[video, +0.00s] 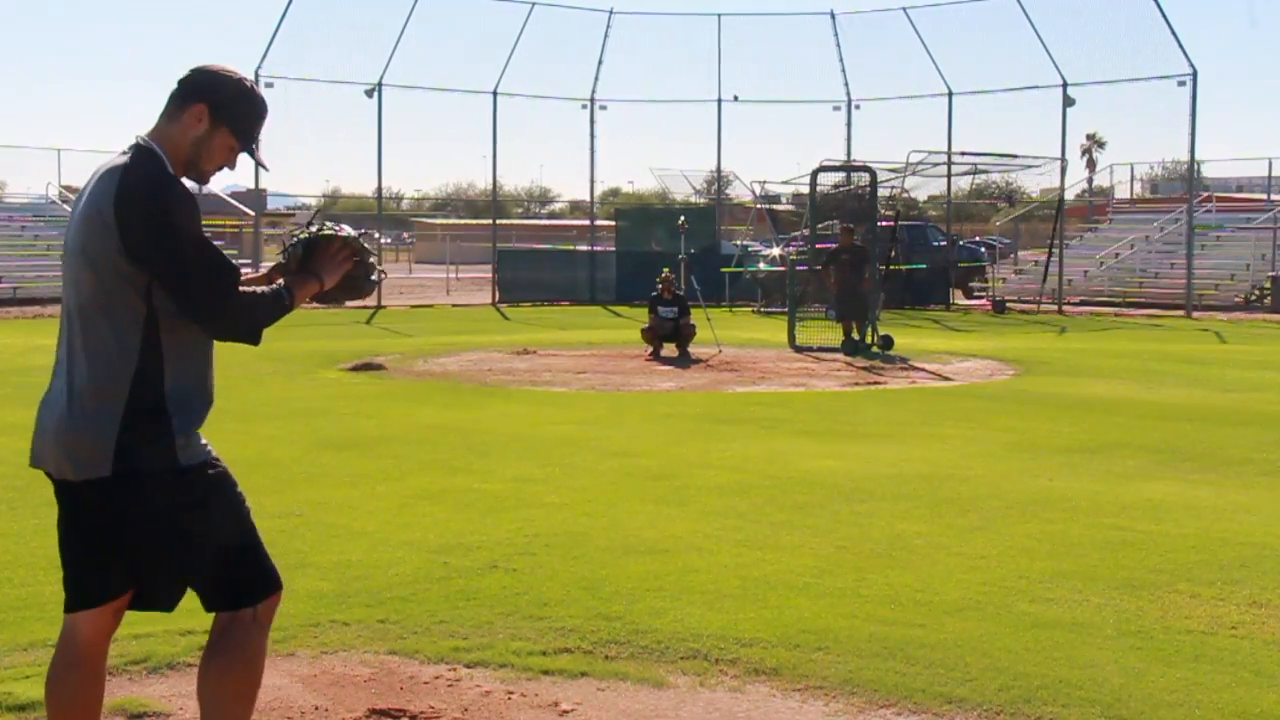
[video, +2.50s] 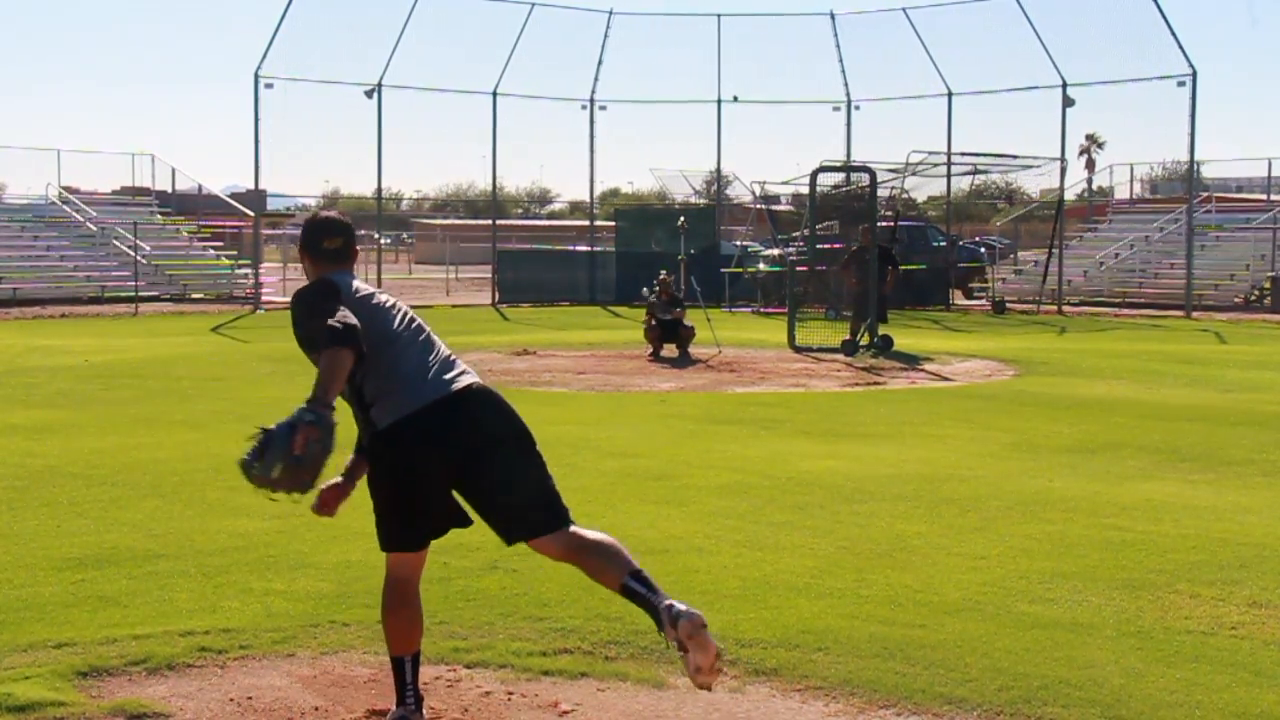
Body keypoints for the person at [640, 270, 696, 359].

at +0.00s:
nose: (667, 286)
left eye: (670, 283)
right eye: (664, 283)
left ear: (674, 284)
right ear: (660, 284)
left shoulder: (680, 298)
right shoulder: (654, 298)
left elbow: (686, 318)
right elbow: (652, 317)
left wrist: (674, 323)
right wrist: (662, 324)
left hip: (676, 327)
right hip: (660, 327)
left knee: (690, 329)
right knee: (646, 332)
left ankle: (682, 348)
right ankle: (656, 347)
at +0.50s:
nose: (666, 287)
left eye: (669, 284)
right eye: (664, 284)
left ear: (673, 285)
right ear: (660, 285)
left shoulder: (680, 299)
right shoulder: (654, 299)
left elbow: (685, 319)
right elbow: (652, 318)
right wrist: (663, 325)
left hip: (676, 328)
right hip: (660, 328)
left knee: (689, 329)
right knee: (646, 332)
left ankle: (682, 349)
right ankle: (656, 348)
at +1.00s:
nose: (666, 287)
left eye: (669, 284)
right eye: (664, 284)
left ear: (673, 285)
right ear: (660, 286)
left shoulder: (680, 300)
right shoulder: (654, 299)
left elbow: (686, 319)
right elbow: (651, 318)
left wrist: (673, 325)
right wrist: (662, 325)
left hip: (676, 328)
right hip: (660, 329)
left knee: (689, 330)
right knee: (645, 333)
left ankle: (682, 350)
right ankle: (656, 347)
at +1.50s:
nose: (667, 286)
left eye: (670, 283)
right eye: (664, 284)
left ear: (673, 285)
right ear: (661, 285)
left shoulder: (680, 299)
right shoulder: (654, 299)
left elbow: (685, 319)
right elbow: (651, 318)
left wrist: (674, 325)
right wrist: (663, 325)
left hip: (676, 328)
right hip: (660, 329)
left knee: (689, 329)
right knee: (645, 333)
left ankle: (682, 349)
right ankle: (656, 347)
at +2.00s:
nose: (667, 286)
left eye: (669, 283)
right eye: (664, 283)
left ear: (673, 284)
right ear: (660, 284)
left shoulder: (680, 299)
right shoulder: (654, 299)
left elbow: (685, 319)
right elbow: (652, 318)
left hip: (676, 327)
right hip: (660, 328)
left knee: (689, 329)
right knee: (645, 332)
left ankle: (682, 349)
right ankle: (656, 347)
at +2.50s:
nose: (664, 288)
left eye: (666, 285)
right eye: (661, 285)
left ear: (670, 286)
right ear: (658, 286)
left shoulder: (676, 299)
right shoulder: (653, 300)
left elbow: (682, 313)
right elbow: (649, 316)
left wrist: (672, 312)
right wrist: (648, 322)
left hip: (675, 324)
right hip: (660, 324)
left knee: (689, 330)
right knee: (649, 330)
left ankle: (683, 349)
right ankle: (656, 348)